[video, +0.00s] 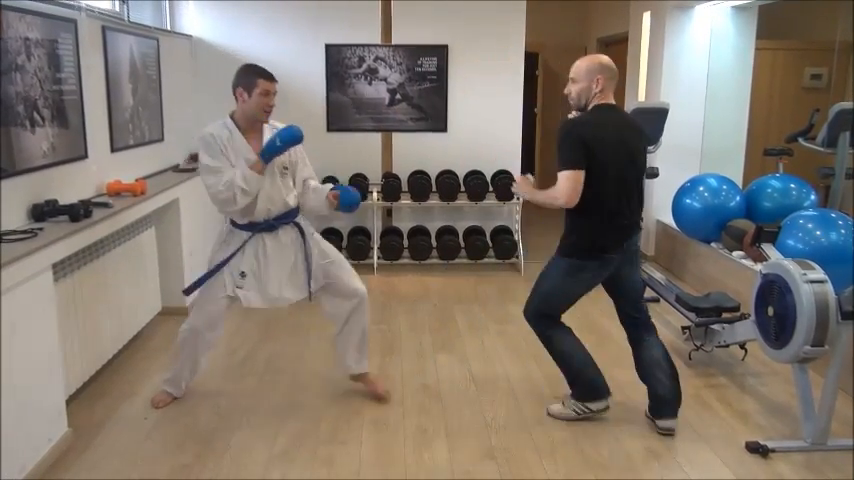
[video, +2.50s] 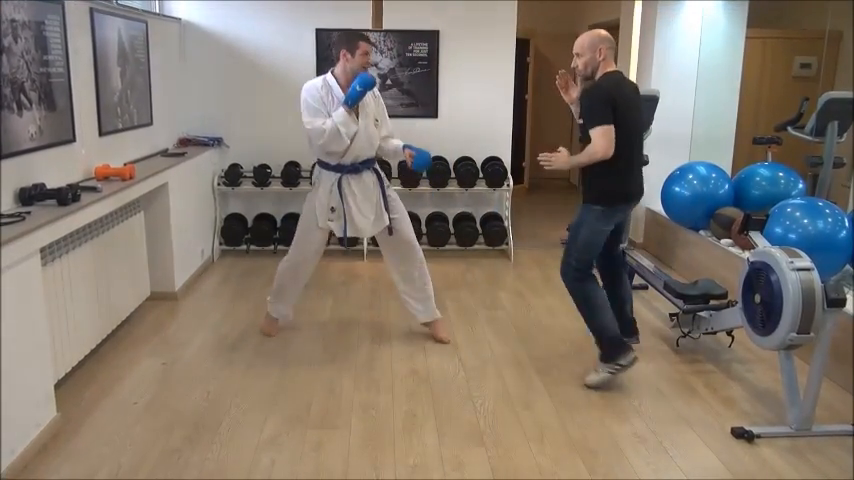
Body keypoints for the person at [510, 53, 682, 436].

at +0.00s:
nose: (566, 89)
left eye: (572, 81)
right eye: (567, 81)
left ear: (597, 84)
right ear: (604, 86)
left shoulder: (576, 128)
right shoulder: (632, 128)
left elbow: (567, 195)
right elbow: (628, 184)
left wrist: (531, 193)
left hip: (586, 249)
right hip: (625, 245)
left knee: (540, 313)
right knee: (639, 322)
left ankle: (591, 396)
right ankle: (665, 412)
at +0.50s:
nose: (625, 107)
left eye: (630, 102)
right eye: (630, 103)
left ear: (643, 105)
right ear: (662, 118)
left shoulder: (595, 121)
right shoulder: (660, 166)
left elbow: (552, 167)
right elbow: (625, 199)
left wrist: (556, 186)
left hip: (557, 248)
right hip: (609, 259)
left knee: (500, 303)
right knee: (641, 325)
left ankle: (501, 401)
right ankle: (671, 410)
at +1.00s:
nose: (652, 63)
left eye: (656, 55)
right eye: (654, 55)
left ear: (678, 60)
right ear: (697, 62)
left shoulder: (643, 110)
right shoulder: (725, 112)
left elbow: (617, 182)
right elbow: (694, 158)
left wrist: (603, 166)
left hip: (641, 234)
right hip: (693, 240)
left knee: (584, 299)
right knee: (702, 328)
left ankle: (599, 404)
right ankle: (724, 432)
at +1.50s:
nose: (567, 102)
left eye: (570, 94)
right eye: (567, 94)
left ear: (591, 97)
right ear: (613, 96)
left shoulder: (585, 153)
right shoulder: (657, 140)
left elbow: (556, 226)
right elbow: (633, 196)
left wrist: (532, 189)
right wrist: (587, 139)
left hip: (583, 271)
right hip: (635, 276)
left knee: (518, 335)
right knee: (633, 368)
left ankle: (521, 447)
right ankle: (638, 463)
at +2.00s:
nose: (565, 79)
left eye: (570, 71)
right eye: (567, 72)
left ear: (591, 74)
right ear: (600, 74)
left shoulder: (590, 115)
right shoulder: (626, 112)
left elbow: (570, 181)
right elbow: (607, 165)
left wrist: (534, 169)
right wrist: (571, 133)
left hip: (603, 235)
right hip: (635, 229)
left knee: (582, 332)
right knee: (618, 303)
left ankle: (578, 442)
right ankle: (643, 387)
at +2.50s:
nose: (574, 62)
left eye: (579, 56)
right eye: (574, 56)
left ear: (600, 54)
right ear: (604, 54)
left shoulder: (599, 90)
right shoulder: (628, 87)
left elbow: (604, 147)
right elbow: (598, 134)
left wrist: (568, 160)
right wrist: (575, 103)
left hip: (603, 198)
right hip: (624, 194)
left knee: (574, 270)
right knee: (611, 261)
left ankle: (615, 353)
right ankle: (626, 334)